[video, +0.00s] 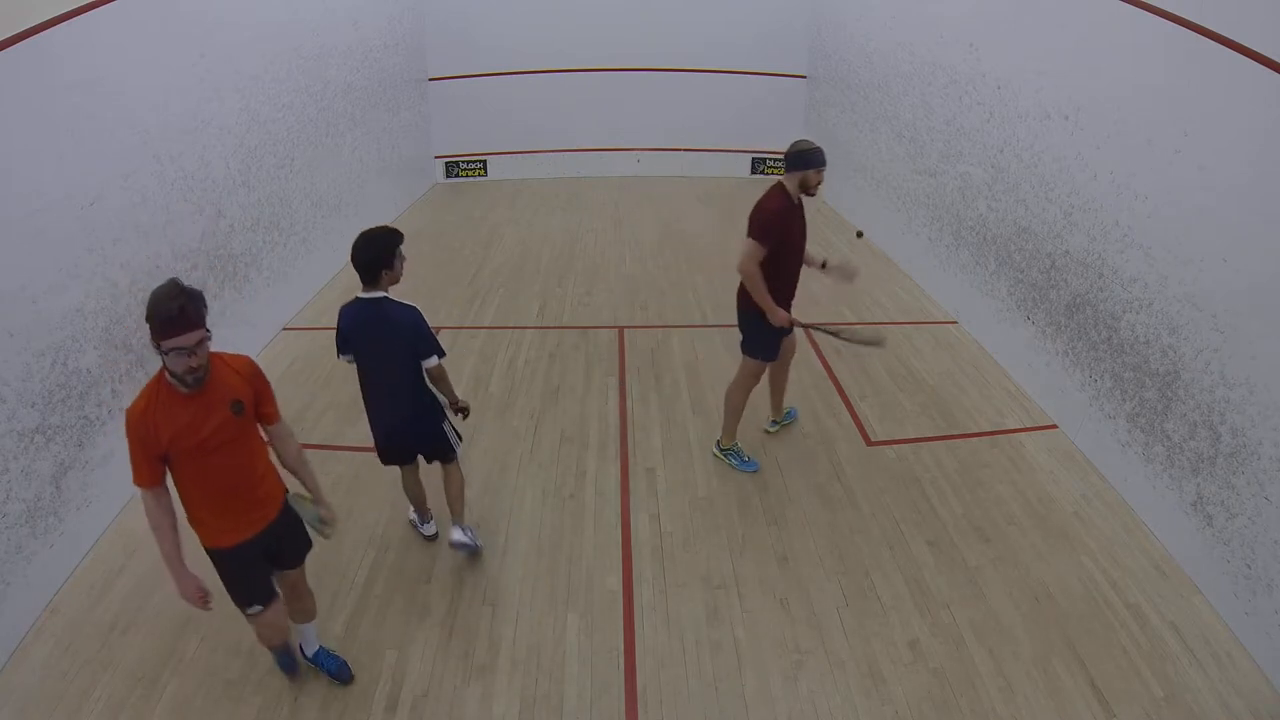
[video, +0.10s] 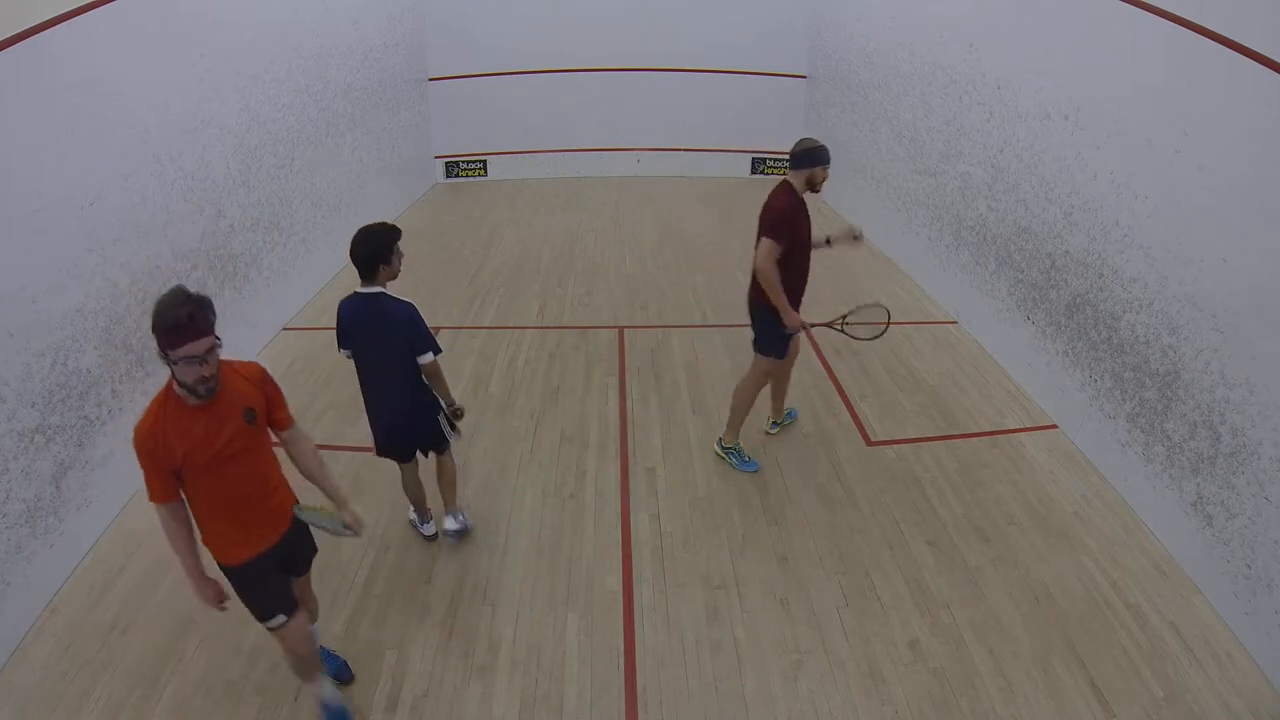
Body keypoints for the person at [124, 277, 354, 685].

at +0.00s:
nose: (191, 360)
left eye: (199, 346)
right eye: (177, 352)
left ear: (208, 333)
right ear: (157, 349)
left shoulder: (241, 371)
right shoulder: (144, 418)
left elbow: (279, 435)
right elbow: (155, 496)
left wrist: (317, 495)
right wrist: (179, 571)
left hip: (275, 510)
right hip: (225, 539)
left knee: (296, 584)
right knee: (272, 627)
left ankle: (312, 648)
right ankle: (281, 649)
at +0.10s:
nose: (204, 369)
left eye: (211, 353)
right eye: (189, 361)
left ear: (219, 339)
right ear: (166, 358)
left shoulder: (250, 379)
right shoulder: (153, 435)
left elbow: (294, 439)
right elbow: (171, 511)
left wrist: (340, 502)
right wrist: (198, 577)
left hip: (286, 522)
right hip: (241, 555)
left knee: (304, 596)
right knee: (298, 638)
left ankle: (313, 651)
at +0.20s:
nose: (220, 383)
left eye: (224, 365)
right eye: (202, 376)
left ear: (230, 352)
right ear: (176, 377)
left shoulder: (262, 391)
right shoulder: (165, 455)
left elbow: (313, 454)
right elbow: (187, 527)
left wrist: (363, 514)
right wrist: (219, 587)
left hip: (302, 534)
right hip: (258, 571)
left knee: (312, 603)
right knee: (320, 661)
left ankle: (325, 659)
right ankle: (361, 712)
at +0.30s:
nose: (236, 398)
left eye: (239, 379)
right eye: (217, 391)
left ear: (245, 366)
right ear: (189, 396)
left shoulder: (278, 406)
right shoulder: (180, 478)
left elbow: (327, 468)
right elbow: (203, 549)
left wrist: (380, 527)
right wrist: (242, 611)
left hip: (322, 554)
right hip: (280, 597)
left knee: (324, 619)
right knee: (344, 670)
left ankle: (319, 654)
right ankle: (380, 714)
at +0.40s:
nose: (254, 409)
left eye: (255, 390)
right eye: (235, 404)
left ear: (261, 375)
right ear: (200, 407)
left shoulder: (293, 417)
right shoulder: (195, 498)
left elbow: (340, 480)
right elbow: (224, 579)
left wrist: (391, 540)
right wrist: (269, 647)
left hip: (345, 575)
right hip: (303, 618)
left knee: (364, 627)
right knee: (366, 692)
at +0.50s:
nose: (276, 418)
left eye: (276, 398)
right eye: (255, 414)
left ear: (280, 383)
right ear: (217, 419)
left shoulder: (308, 426)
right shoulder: (215, 518)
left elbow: (353, 491)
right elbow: (247, 613)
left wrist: (400, 549)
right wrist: (301, 689)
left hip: (366, 583)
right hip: (323, 633)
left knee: (411, 649)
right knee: (375, 700)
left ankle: (356, 665)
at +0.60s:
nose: (302, 431)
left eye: (302, 410)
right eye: (279, 426)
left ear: (308, 393)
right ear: (242, 432)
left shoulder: (328, 434)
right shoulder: (238, 531)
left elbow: (365, 500)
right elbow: (267, 643)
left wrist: (410, 558)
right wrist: (335, 713)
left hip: (387, 596)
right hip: (339, 648)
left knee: (454, 665)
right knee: (383, 710)